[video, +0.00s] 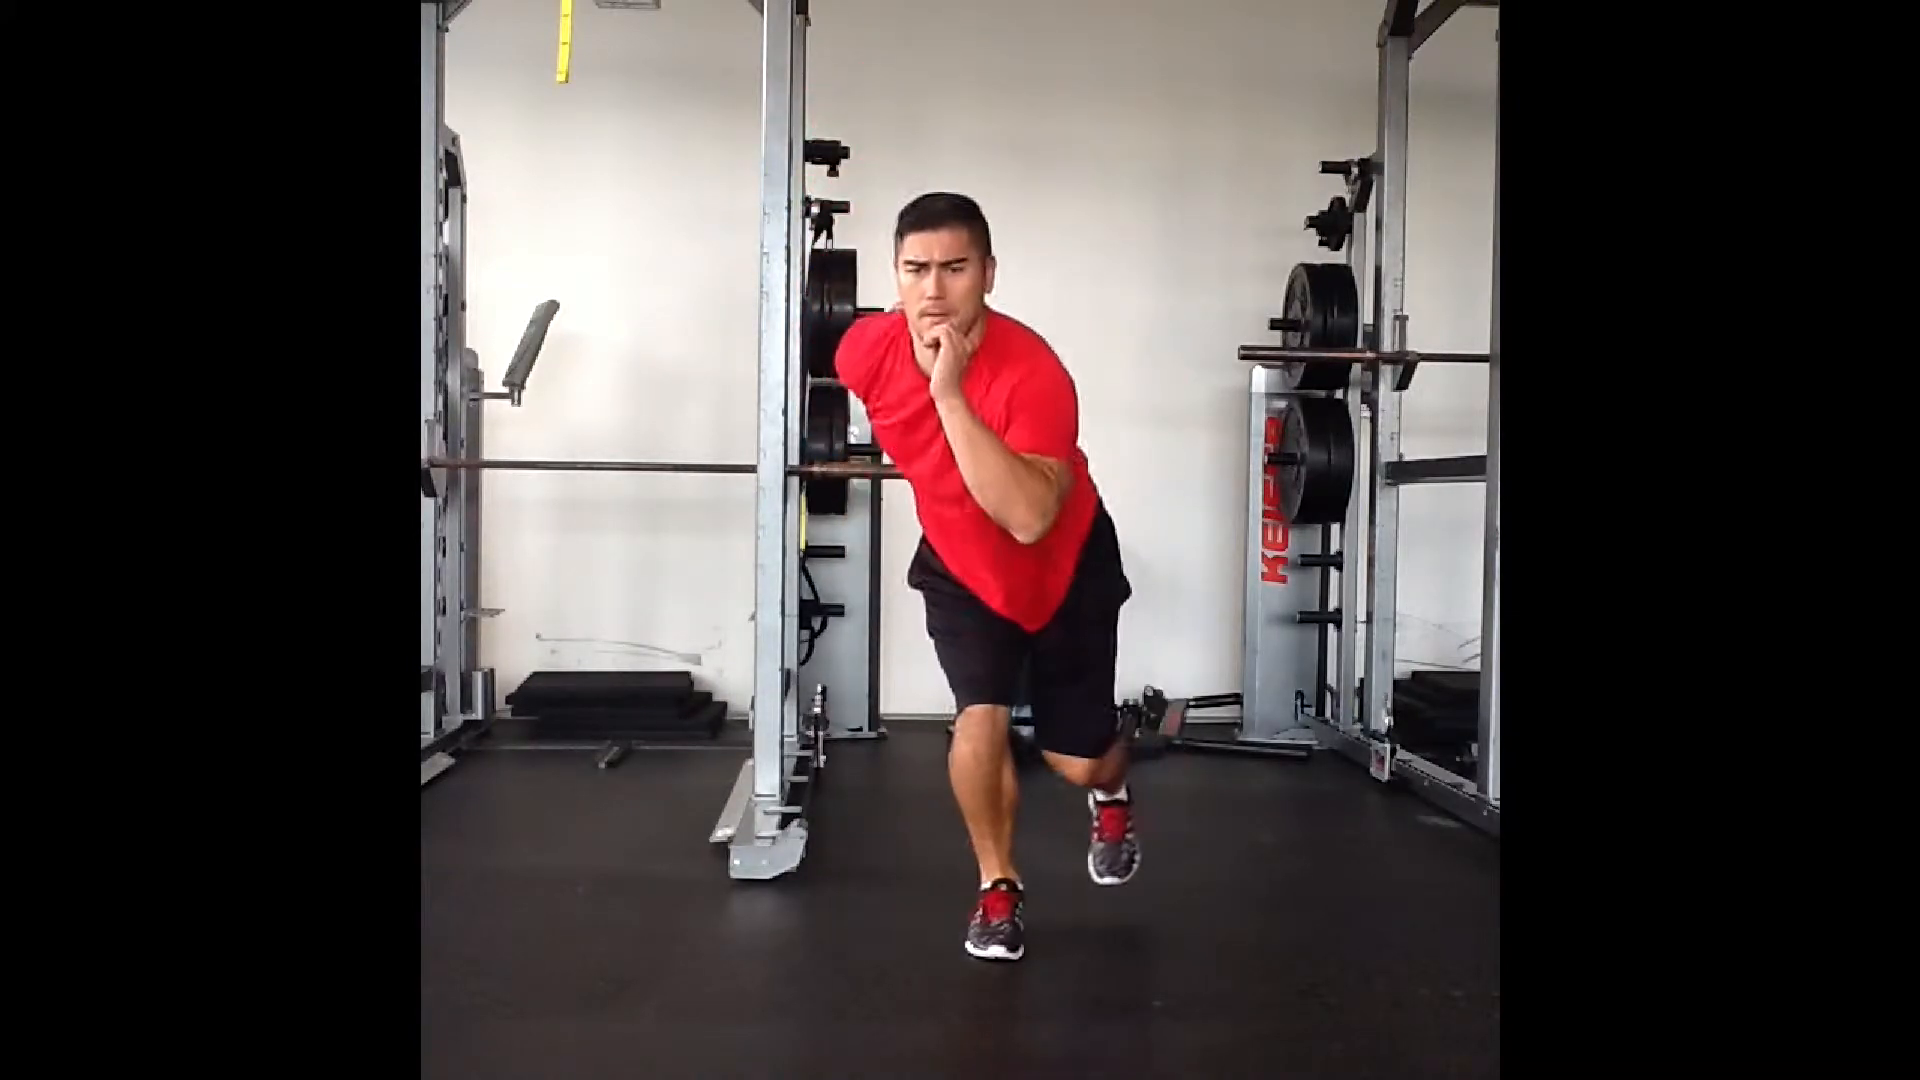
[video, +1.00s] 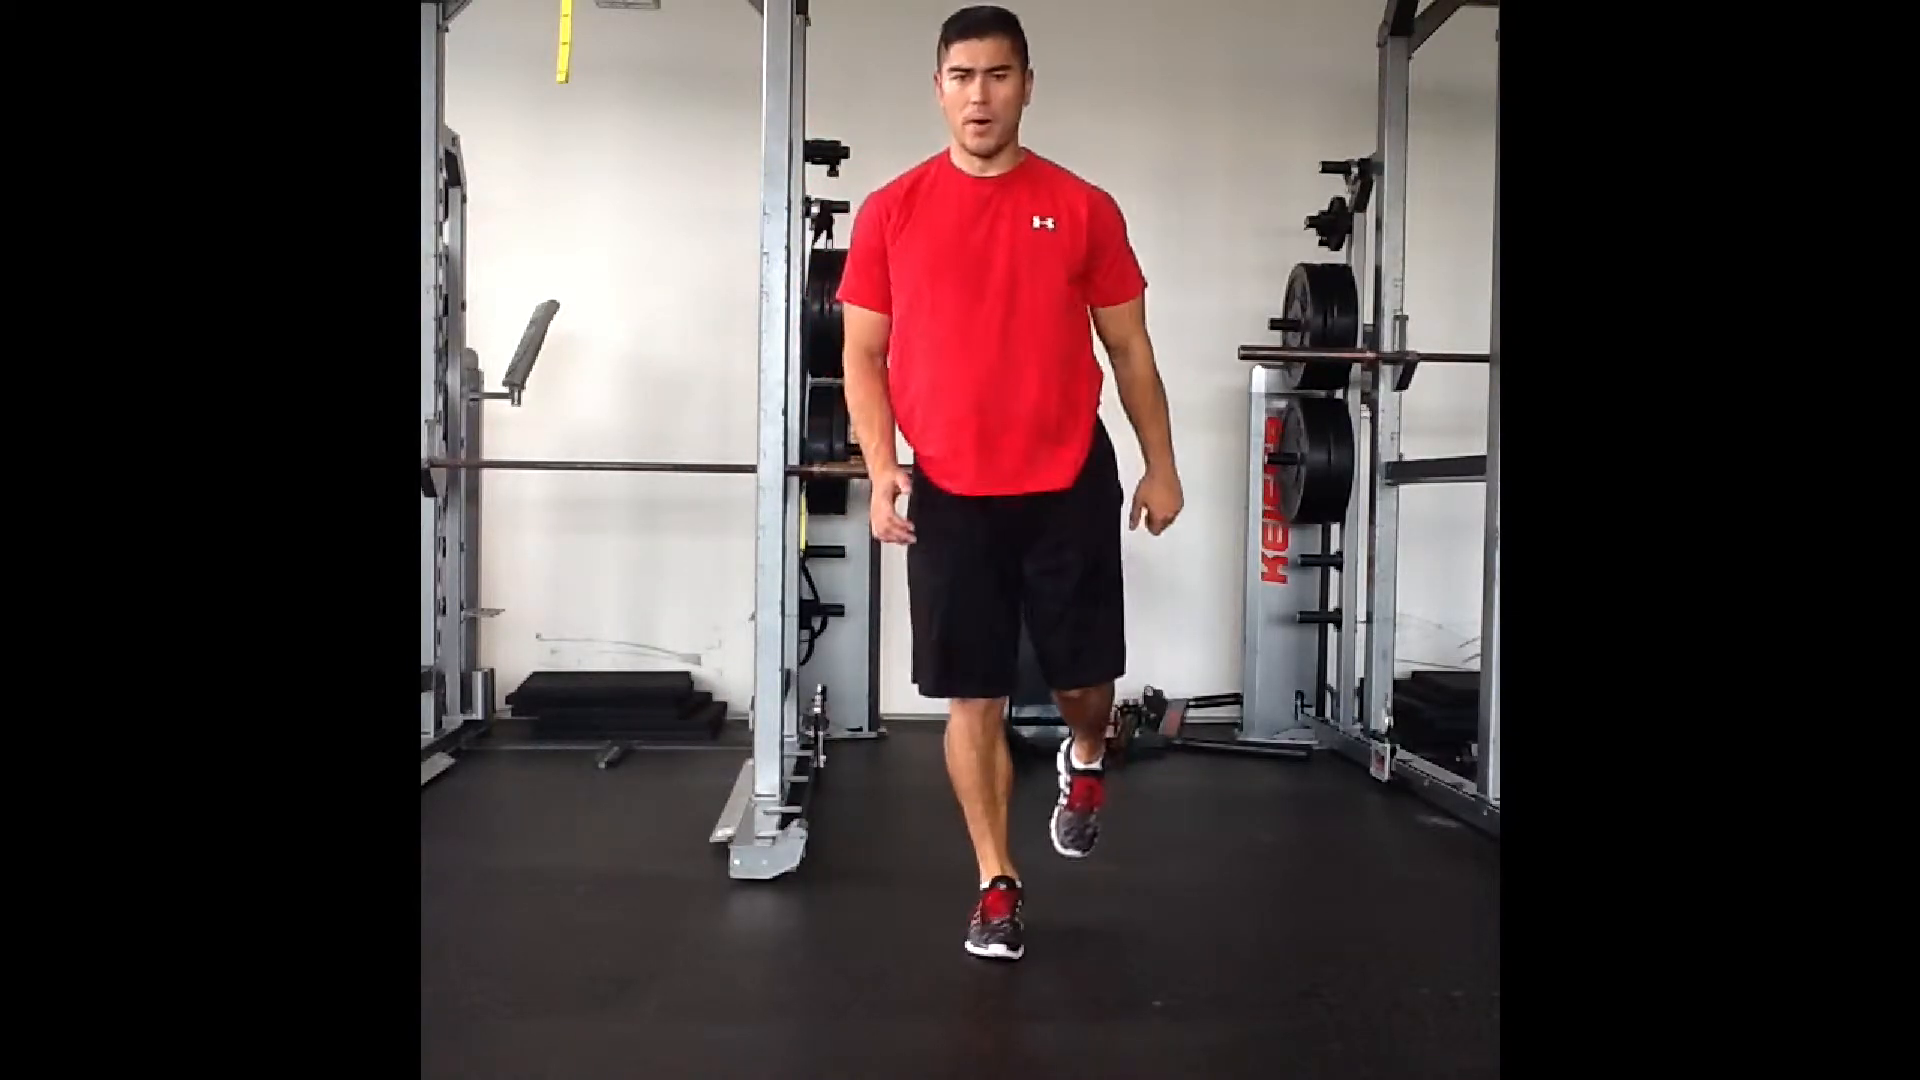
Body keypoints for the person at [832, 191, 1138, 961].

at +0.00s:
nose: (933, 287)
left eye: (953, 268)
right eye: (915, 268)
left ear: (988, 276)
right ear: (896, 279)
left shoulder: (1032, 372)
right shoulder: (866, 354)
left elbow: (1032, 516)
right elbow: (906, 430)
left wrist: (949, 396)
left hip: (1066, 559)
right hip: (961, 558)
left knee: (1082, 762)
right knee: (979, 716)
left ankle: (1113, 792)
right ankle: (997, 887)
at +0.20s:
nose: (941, 252)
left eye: (960, 232)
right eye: (923, 233)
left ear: (993, 240)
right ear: (900, 243)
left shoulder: (1049, 345)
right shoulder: (866, 342)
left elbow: (1066, 491)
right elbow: (901, 420)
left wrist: (974, 398)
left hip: (1065, 552)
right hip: (951, 555)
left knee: (1085, 741)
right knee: (963, 723)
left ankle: (1089, 788)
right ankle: (992, 886)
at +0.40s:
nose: (942, 184)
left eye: (959, 164)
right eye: (923, 167)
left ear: (990, 175)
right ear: (898, 182)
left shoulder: (1055, 282)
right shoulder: (867, 296)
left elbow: (1092, 434)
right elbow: (861, 391)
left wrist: (996, 403)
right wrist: (869, 473)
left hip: (1069, 520)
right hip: (955, 528)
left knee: (1093, 686)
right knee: (969, 707)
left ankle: (1110, 747)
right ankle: (993, 886)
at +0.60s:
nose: (953, 128)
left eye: (971, 108)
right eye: (935, 110)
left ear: (1001, 118)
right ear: (910, 123)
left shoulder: (1065, 233)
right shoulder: (870, 249)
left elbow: (1115, 371)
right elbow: (861, 380)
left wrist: (1039, 452)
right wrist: (865, 483)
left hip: (1072, 494)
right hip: (956, 505)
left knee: (1103, 671)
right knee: (972, 696)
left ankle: (1116, 731)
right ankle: (993, 883)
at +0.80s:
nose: (966, 101)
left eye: (985, 82)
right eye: (949, 83)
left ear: (1015, 93)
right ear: (926, 95)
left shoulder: (1075, 210)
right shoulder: (881, 219)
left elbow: (1119, 352)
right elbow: (861, 359)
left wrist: (1138, 485)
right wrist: (876, 487)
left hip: (1068, 483)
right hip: (952, 491)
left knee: (1098, 679)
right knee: (972, 695)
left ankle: (1107, 750)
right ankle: (994, 883)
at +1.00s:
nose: (979, 94)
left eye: (997, 75)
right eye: (961, 76)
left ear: (1026, 87)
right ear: (938, 90)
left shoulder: (1082, 208)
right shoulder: (890, 214)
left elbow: (1128, 346)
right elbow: (862, 356)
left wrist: (1160, 463)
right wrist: (882, 467)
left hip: (1066, 485)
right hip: (948, 490)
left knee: (1081, 680)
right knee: (971, 693)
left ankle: (1086, 762)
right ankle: (995, 883)